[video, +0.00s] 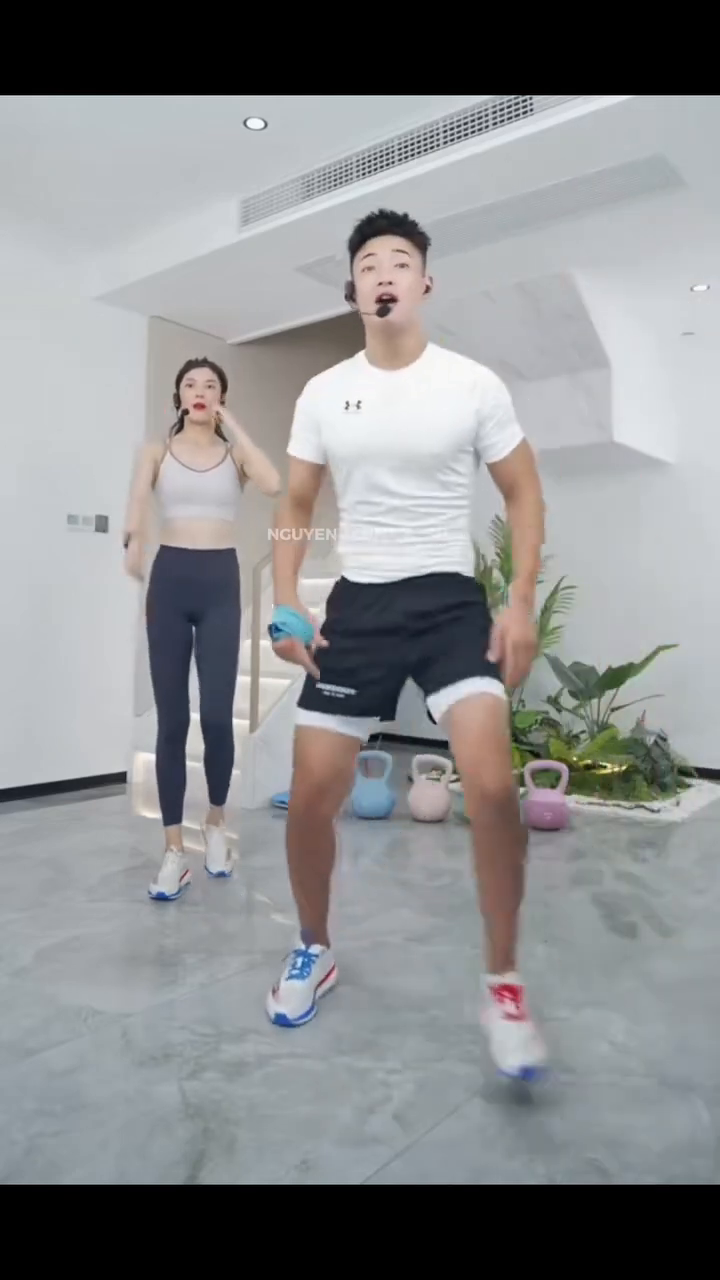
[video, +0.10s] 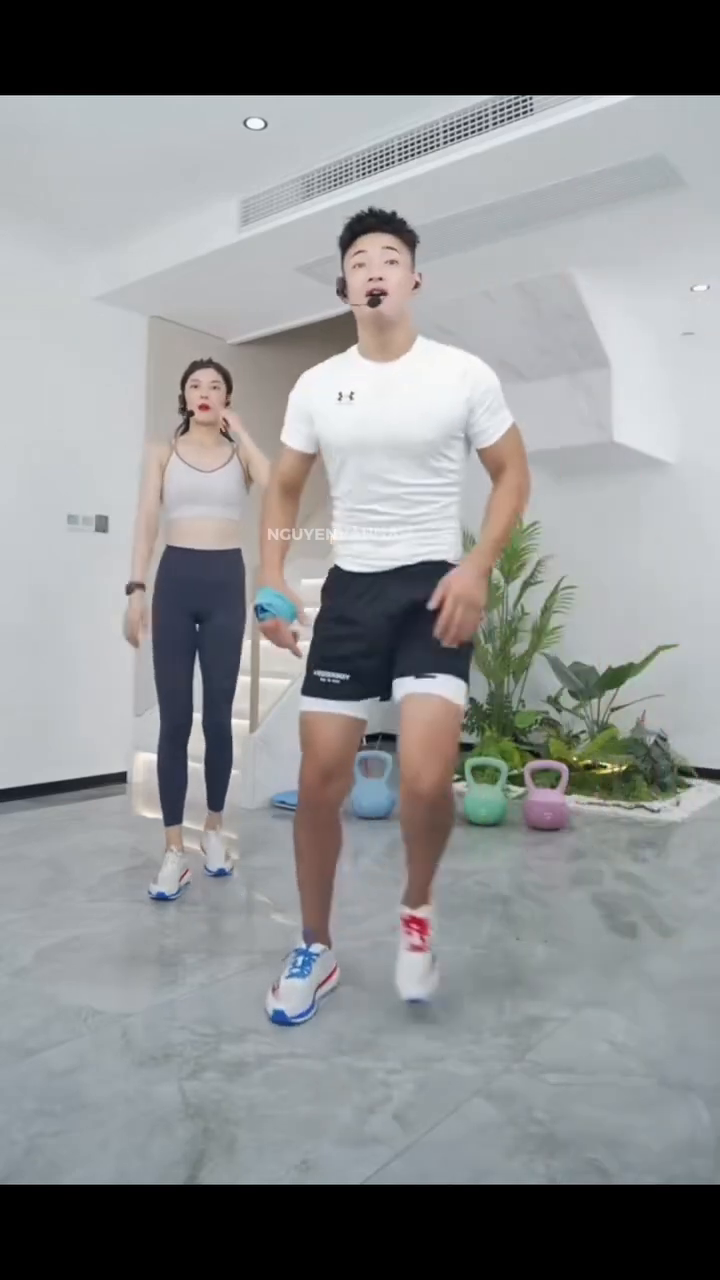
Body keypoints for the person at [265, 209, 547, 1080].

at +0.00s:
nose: (383, 276)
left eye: (399, 264)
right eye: (369, 266)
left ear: (428, 284)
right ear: (352, 291)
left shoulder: (474, 386)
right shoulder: (324, 394)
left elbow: (526, 496)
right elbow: (295, 509)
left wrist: (519, 605)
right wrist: (286, 600)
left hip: (453, 607)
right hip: (355, 612)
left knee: (493, 788)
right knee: (310, 795)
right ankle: (313, 950)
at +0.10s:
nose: (373, 271)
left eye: (388, 259)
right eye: (360, 262)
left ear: (416, 278)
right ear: (344, 286)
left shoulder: (463, 375)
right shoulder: (317, 387)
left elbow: (513, 478)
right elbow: (283, 493)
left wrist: (477, 570)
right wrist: (272, 584)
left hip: (436, 591)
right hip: (348, 595)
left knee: (426, 783)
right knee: (320, 777)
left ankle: (416, 912)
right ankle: (314, 948)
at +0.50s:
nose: (403, 312)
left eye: (415, 302)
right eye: (388, 304)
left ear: (434, 321)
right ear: (369, 327)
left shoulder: (474, 413)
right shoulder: (341, 421)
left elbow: (516, 501)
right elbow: (326, 528)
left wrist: (502, 557)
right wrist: (353, 550)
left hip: (462, 603)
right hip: (378, 610)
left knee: (530, 746)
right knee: (338, 767)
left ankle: (502, 862)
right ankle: (314, 943)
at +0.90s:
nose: (508, 331)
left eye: (519, 322)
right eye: (494, 324)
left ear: (537, 340)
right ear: (476, 344)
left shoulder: (573, 421)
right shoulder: (447, 424)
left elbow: (621, 501)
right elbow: (414, 520)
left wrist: (609, 552)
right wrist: (466, 558)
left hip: (551, 600)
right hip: (473, 598)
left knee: (567, 759)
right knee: (437, 748)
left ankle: (573, 902)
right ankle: (423, 882)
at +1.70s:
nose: (422, 337)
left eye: (436, 326)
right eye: (409, 326)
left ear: (456, 341)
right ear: (392, 341)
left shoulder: (481, 429)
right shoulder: (356, 417)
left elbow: (527, 525)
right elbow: (317, 504)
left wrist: (484, 552)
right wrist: (351, 526)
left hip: (448, 611)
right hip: (370, 612)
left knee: (523, 754)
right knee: (329, 763)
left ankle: (519, 870)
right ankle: (308, 927)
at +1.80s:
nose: (405, 323)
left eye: (419, 313)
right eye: (392, 313)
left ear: (439, 328)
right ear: (376, 328)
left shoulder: (468, 418)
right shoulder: (338, 407)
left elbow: (518, 506)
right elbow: (308, 477)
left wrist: (477, 560)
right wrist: (312, 534)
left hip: (434, 601)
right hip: (353, 602)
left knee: (477, 753)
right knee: (321, 764)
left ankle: (443, 860)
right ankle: (308, 929)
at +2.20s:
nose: (402, 312)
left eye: (415, 300)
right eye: (388, 301)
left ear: (437, 316)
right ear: (369, 320)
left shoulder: (478, 399)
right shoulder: (338, 409)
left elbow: (520, 503)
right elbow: (321, 520)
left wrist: (452, 482)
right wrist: (355, 467)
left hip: (459, 601)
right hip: (374, 606)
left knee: (516, 765)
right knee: (330, 772)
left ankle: (509, 906)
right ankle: (311, 930)